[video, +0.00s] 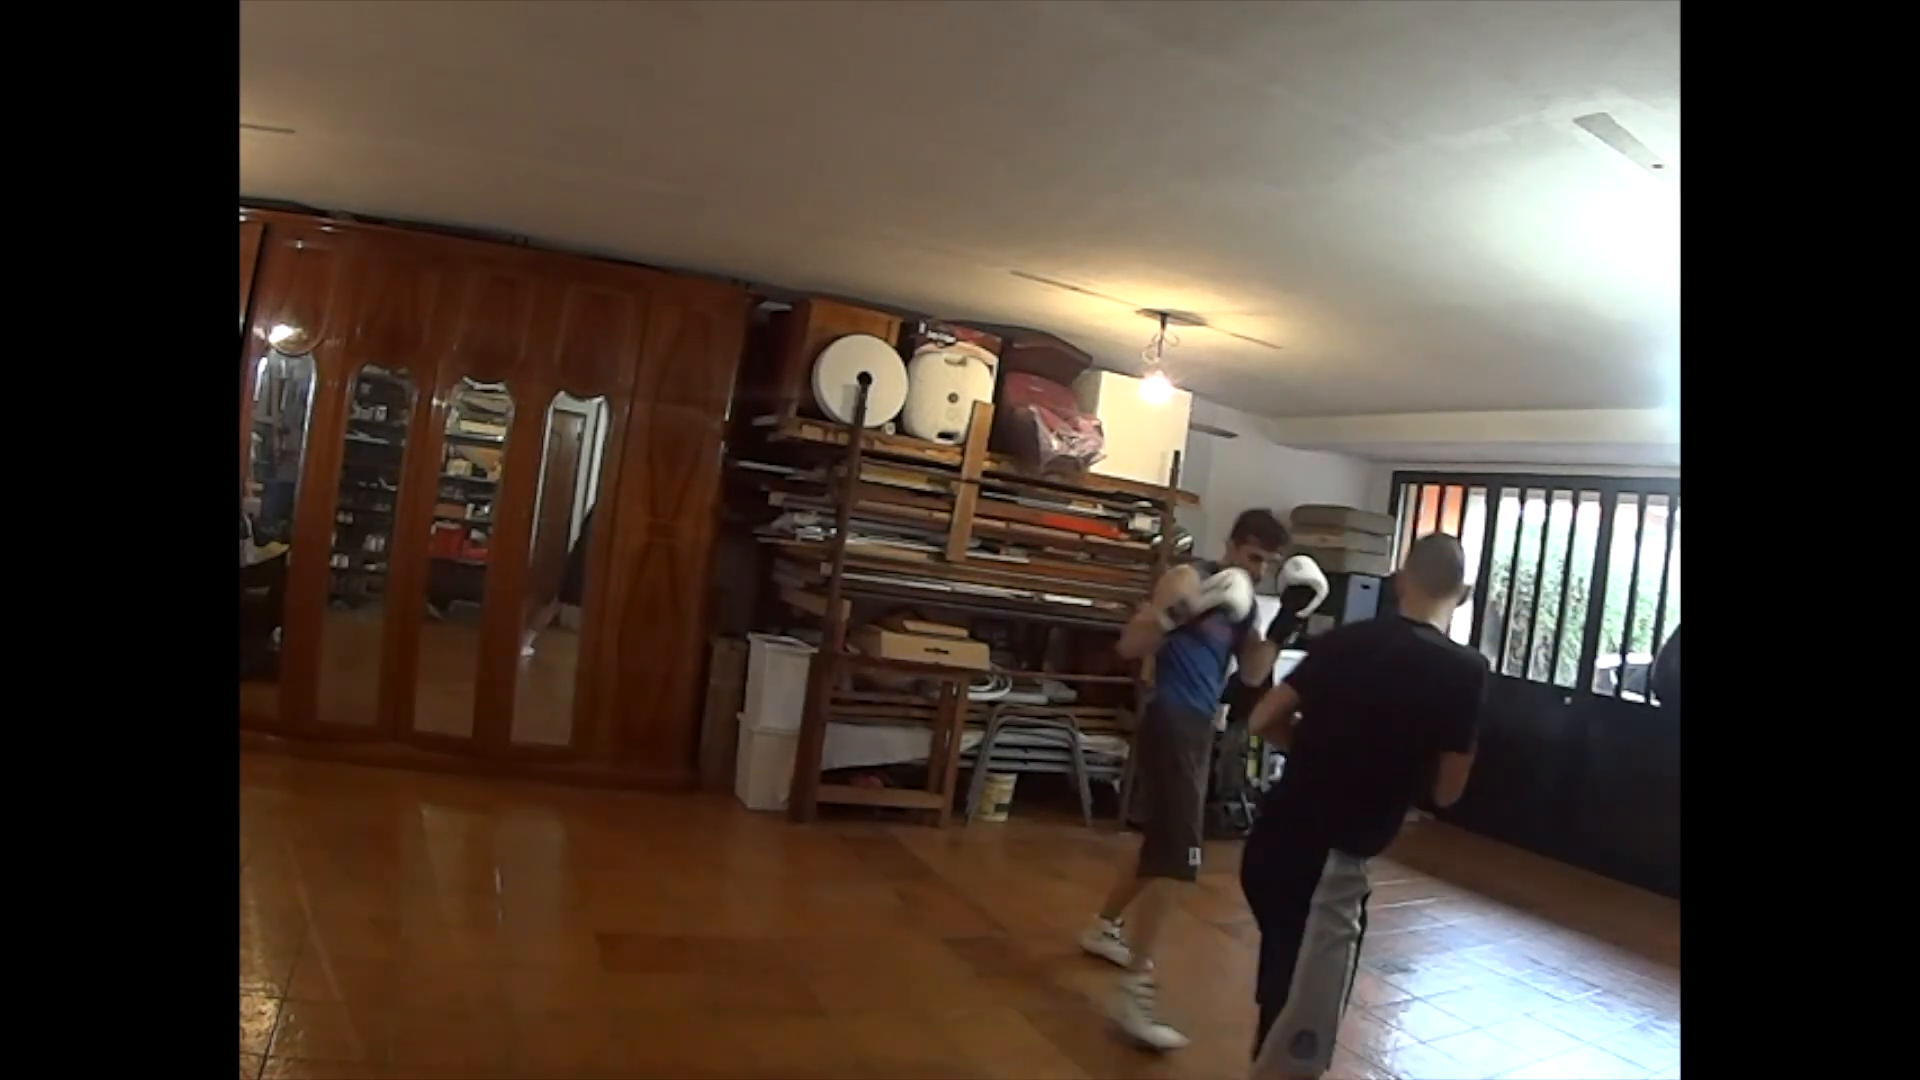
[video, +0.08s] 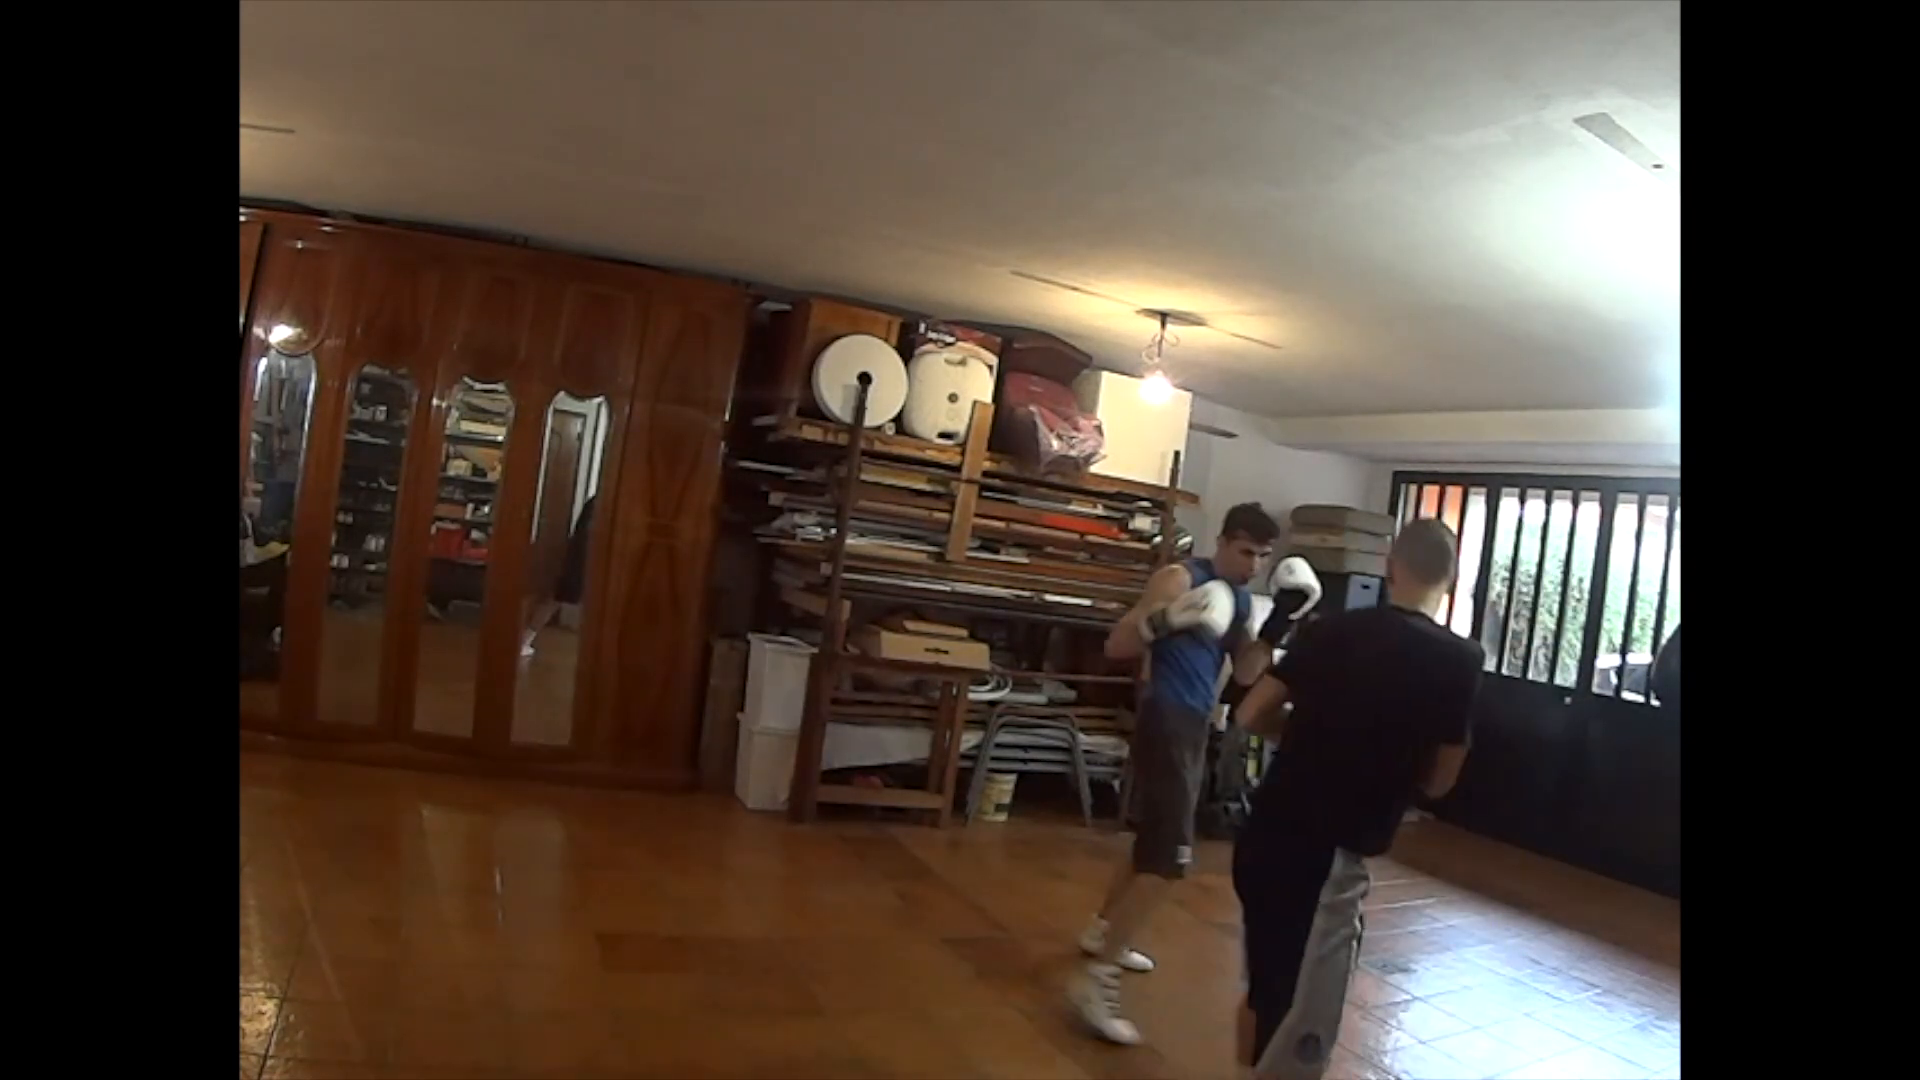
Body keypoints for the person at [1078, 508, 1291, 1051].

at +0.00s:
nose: (1258, 566)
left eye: (1268, 561)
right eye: (1253, 554)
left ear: (1272, 565)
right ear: (1231, 543)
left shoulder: (1246, 606)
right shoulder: (1187, 579)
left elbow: (1254, 673)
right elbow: (1131, 645)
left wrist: (1286, 612)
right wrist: (1183, 608)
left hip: (1197, 729)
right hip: (1170, 723)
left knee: (1163, 843)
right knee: (1174, 857)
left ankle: (1105, 923)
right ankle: (1136, 991)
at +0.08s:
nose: (1251, 564)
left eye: (1260, 557)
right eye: (1245, 551)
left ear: (1263, 558)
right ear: (1222, 541)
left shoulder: (1236, 598)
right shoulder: (1179, 577)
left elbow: (1246, 675)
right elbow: (1118, 645)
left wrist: (1282, 614)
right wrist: (1168, 614)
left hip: (1192, 729)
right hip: (1164, 723)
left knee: (1154, 843)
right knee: (1168, 859)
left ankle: (1107, 931)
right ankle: (1094, 981)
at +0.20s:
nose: (1236, 564)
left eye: (1243, 554)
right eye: (1229, 551)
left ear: (1246, 554)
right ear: (1206, 543)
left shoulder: (1231, 601)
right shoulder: (1162, 582)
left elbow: (1235, 681)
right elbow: (1104, 653)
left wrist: (1259, 619)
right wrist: (1147, 636)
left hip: (1190, 733)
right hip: (1152, 728)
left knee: (1149, 851)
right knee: (1129, 861)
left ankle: (1103, 929)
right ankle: (1052, 973)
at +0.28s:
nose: (1227, 565)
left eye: (1234, 556)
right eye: (1219, 553)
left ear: (1237, 555)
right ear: (1196, 544)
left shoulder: (1226, 597)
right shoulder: (1153, 584)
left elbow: (1228, 676)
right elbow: (1097, 656)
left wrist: (1252, 625)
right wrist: (1141, 640)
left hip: (1184, 733)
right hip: (1142, 729)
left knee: (1143, 849)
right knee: (1111, 864)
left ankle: (1102, 929)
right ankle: (1043, 977)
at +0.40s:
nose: (1197, 579)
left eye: (1206, 568)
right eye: (1187, 567)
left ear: (1216, 563)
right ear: (1165, 554)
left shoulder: (1222, 600)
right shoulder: (1127, 591)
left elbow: (1226, 665)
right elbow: (1088, 675)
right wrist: (1124, 664)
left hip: (1172, 741)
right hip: (1118, 735)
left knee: (1157, 855)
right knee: (1090, 861)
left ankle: (1108, 927)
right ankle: (1040, 977)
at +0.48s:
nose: (1171, 595)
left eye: (1182, 584)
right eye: (1162, 582)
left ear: (1199, 576)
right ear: (1148, 570)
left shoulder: (1218, 614)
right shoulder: (1116, 601)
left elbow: (1223, 680)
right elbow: (1081, 689)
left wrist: (1216, 697)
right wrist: (1121, 671)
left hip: (1167, 749)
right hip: (1107, 740)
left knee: (1157, 862)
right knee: (1079, 862)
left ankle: (1110, 924)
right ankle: (1039, 978)